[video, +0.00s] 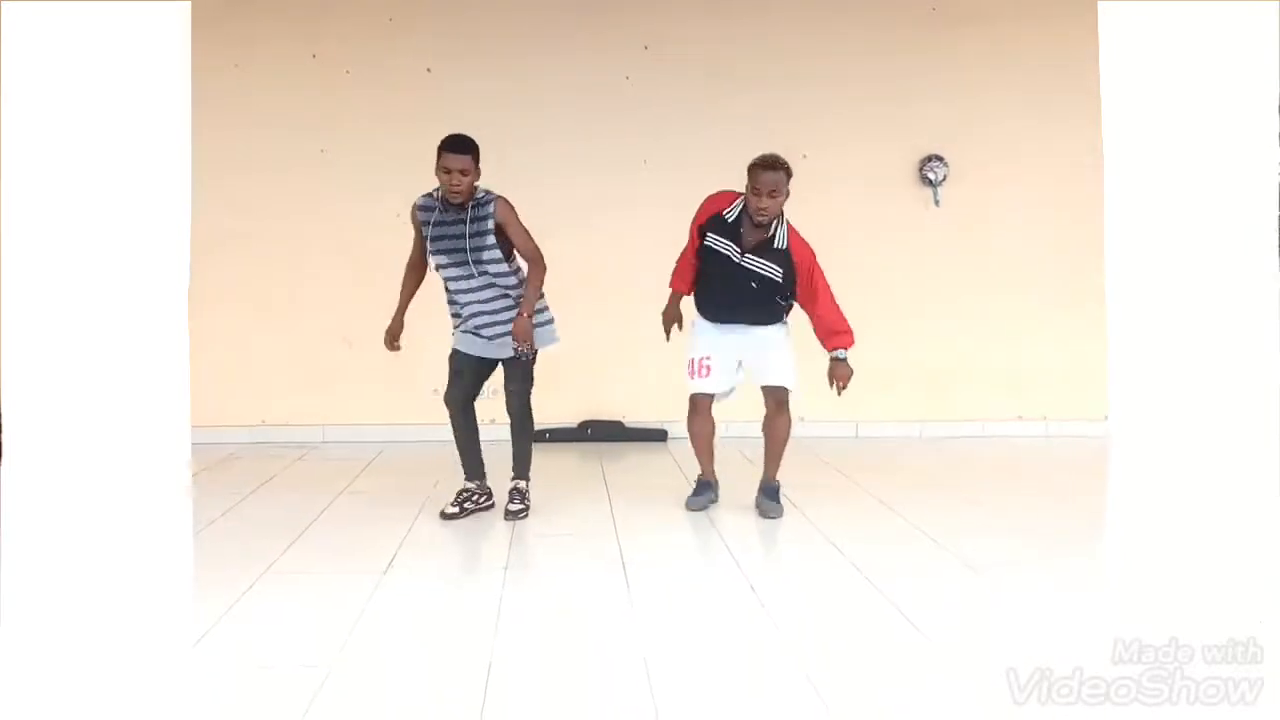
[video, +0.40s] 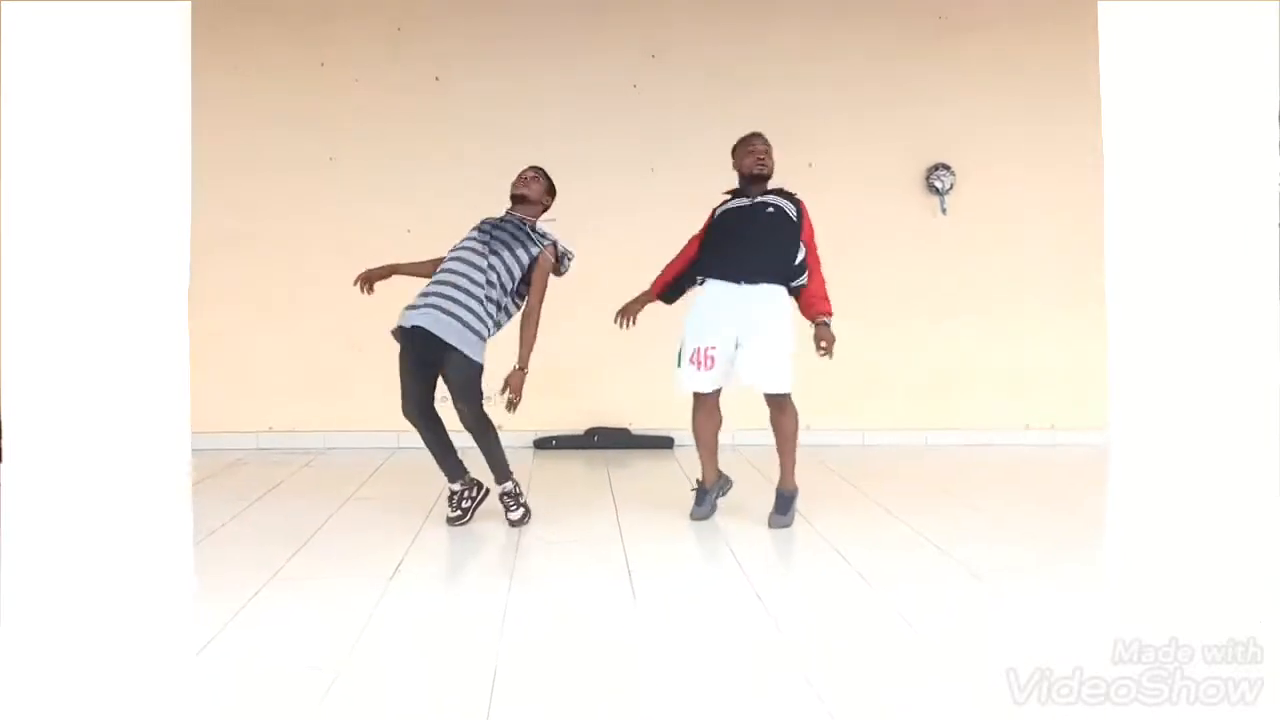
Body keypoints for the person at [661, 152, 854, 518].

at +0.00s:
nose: (762, 203)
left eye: (773, 196)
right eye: (756, 193)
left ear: (786, 196)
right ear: (746, 189)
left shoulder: (793, 248)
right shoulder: (717, 208)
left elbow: (819, 298)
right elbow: (694, 250)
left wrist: (839, 352)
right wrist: (675, 298)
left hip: (768, 330)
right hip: (712, 325)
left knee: (778, 400)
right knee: (699, 399)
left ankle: (770, 485)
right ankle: (707, 480)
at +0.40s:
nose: (760, 154)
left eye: (765, 149)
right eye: (749, 150)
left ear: (774, 162)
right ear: (734, 164)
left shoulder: (790, 205)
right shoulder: (722, 211)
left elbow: (807, 264)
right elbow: (690, 258)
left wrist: (820, 318)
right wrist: (648, 295)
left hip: (768, 305)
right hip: (716, 302)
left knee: (777, 396)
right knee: (704, 392)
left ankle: (787, 485)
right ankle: (710, 479)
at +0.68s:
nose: (698, 145)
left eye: (699, 140)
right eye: (685, 144)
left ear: (708, 146)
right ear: (671, 165)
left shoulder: (743, 161)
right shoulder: (692, 223)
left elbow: (786, 168)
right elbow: (697, 286)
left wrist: (816, 184)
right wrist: (676, 346)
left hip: (796, 279)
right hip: (747, 295)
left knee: (798, 379)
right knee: (729, 382)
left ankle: (788, 471)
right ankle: (715, 467)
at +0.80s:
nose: (693, 150)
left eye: (694, 144)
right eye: (681, 151)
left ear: (704, 148)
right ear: (670, 173)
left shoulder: (739, 157)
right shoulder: (697, 228)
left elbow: (786, 155)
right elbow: (705, 288)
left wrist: (814, 172)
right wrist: (688, 348)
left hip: (803, 277)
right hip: (754, 294)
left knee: (807, 377)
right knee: (736, 381)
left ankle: (796, 467)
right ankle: (721, 465)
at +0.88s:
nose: (682, 152)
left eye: (685, 143)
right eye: (672, 153)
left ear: (699, 142)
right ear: (668, 169)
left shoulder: (736, 148)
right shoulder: (697, 219)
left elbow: (796, 151)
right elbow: (708, 276)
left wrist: (807, 185)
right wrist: (692, 338)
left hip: (802, 269)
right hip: (753, 286)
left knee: (806, 363)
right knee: (739, 369)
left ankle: (798, 455)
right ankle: (726, 453)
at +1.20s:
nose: (678, 141)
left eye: (686, 133)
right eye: (678, 132)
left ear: (714, 131)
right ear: (687, 132)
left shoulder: (757, 163)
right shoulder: (688, 174)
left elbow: (796, 215)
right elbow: (684, 228)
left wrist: (800, 279)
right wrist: (678, 282)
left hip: (772, 268)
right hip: (718, 272)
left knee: (785, 346)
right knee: (708, 351)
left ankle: (782, 433)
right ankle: (715, 438)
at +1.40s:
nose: (731, 130)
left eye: (739, 121)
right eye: (724, 121)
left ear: (753, 114)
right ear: (713, 115)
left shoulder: (778, 150)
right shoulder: (695, 150)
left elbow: (791, 186)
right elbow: (677, 193)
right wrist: (657, 232)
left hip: (767, 266)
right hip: (715, 267)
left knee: (782, 351)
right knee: (708, 354)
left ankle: (777, 432)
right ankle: (707, 437)